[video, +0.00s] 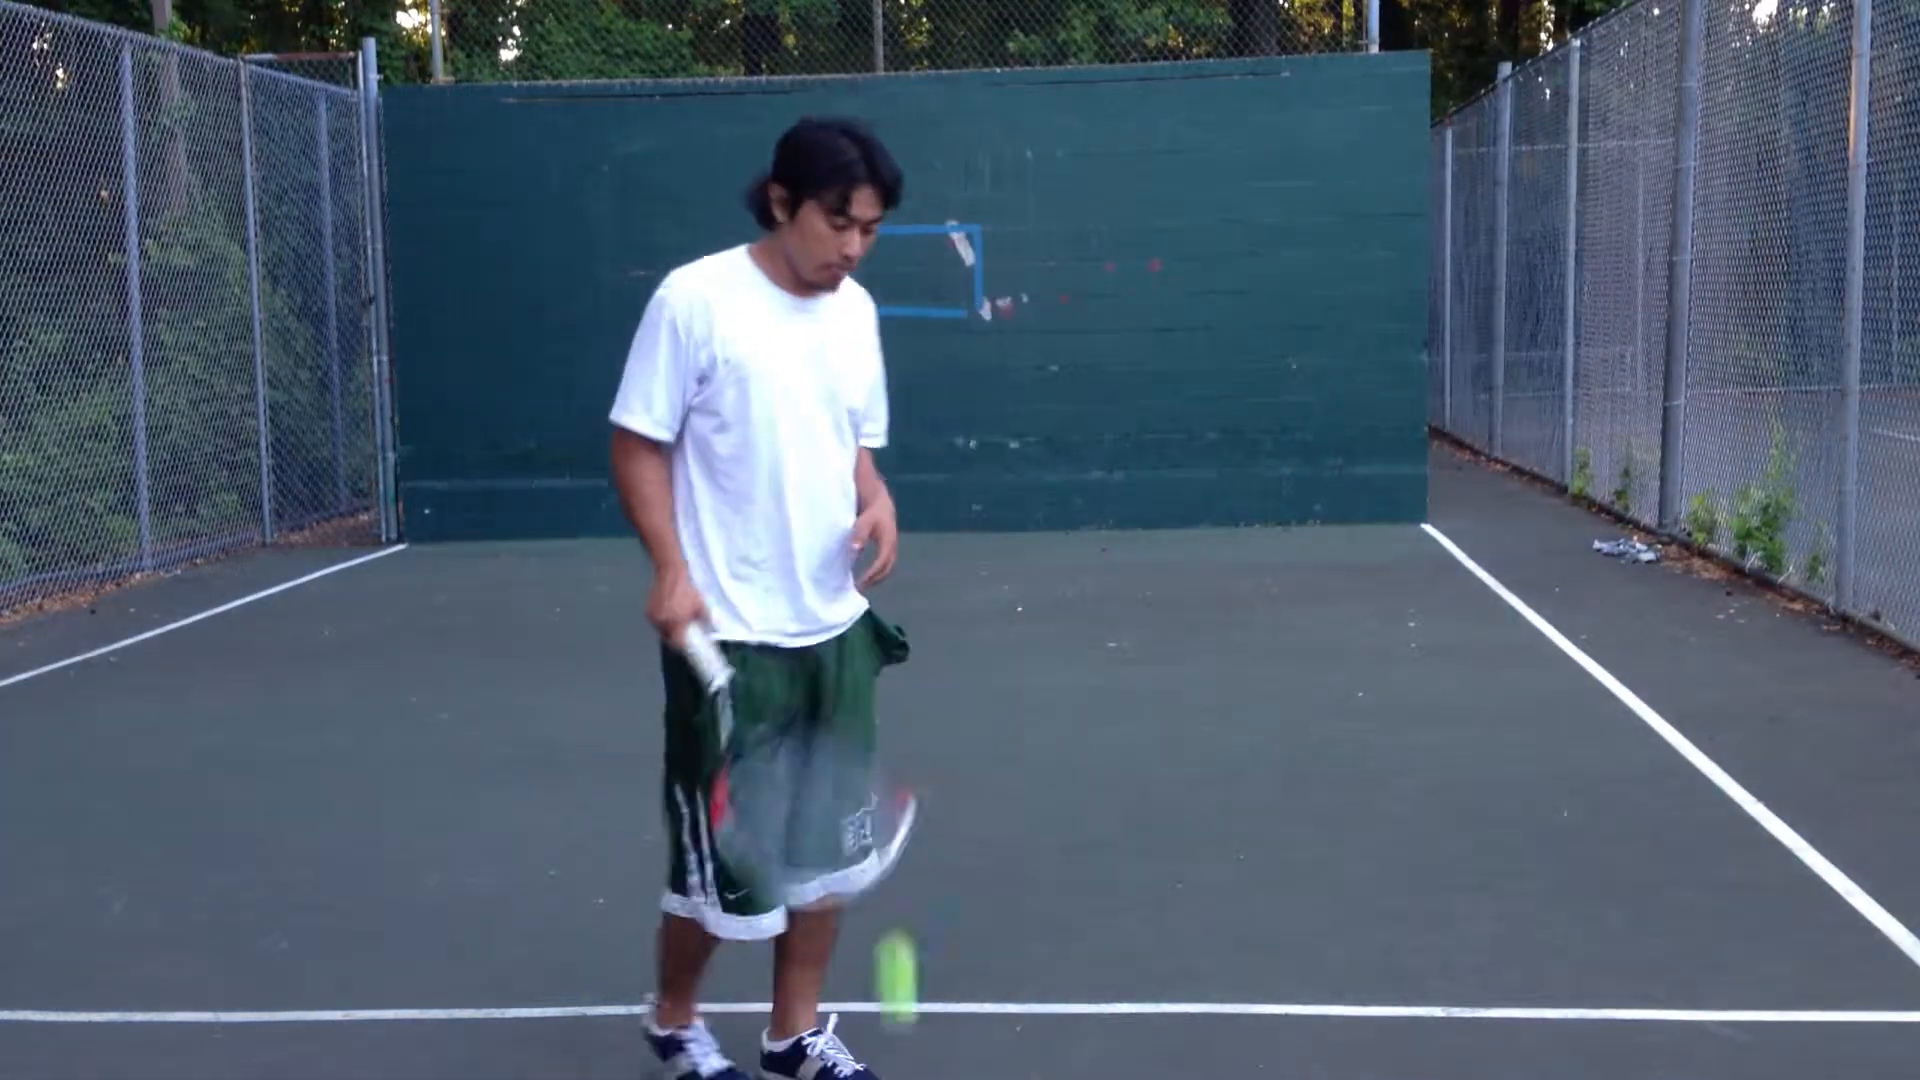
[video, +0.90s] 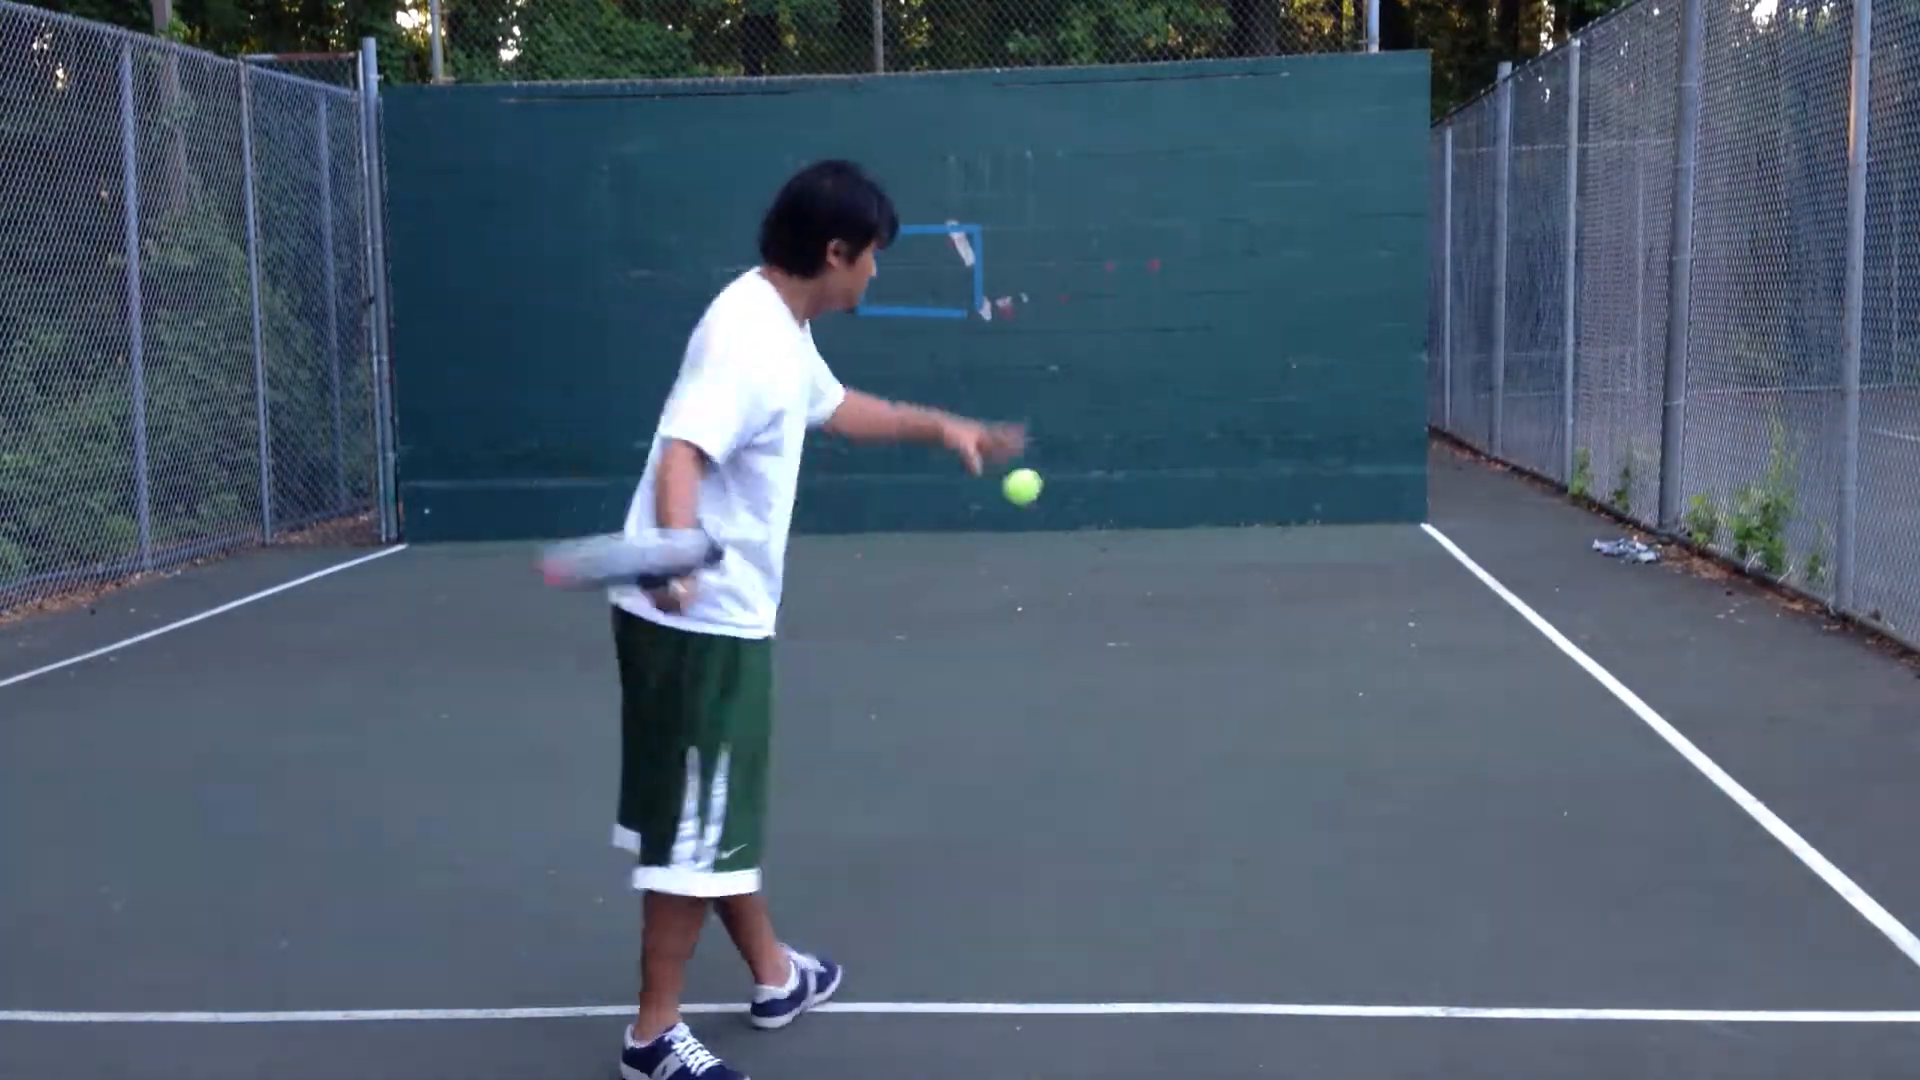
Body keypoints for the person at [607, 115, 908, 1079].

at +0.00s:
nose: (854, 249)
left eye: (869, 229)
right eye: (840, 224)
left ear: (877, 223)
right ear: (782, 206)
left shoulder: (853, 308)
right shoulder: (692, 299)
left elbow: (849, 439)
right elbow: (636, 444)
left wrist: (877, 496)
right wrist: (670, 568)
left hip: (835, 628)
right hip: (727, 635)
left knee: (828, 850)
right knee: (721, 856)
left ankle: (795, 1037)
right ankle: (673, 1025)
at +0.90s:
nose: (871, 277)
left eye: (875, 261)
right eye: (871, 260)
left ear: (811, 246)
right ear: (834, 254)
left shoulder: (780, 323)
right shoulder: (749, 330)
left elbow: (838, 408)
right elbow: (681, 453)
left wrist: (945, 425)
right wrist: (680, 555)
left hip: (725, 613)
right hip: (697, 618)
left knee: (721, 810)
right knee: (691, 828)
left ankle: (773, 976)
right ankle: (655, 1032)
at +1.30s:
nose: (875, 270)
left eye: (879, 254)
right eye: (876, 253)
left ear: (785, 227)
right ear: (848, 246)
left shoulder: (696, 282)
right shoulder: (853, 350)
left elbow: (704, 382)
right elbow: (866, 449)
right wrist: (909, 421)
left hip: (689, 589)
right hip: (792, 599)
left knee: (733, 789)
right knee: (814, 786)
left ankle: (778, 973)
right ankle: (739, 934)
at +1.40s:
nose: (877, 250)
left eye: (878, 236)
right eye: (877, 238)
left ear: (790, 217)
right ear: (857, 242)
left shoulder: (701, 284)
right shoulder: (865, 333)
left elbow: (679, 377)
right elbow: (882, 422)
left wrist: (800, 295)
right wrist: (867, 313)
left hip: (704, 581)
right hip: (812, 591)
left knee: (736, 780)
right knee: (829, 773)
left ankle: (787, 968)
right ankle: (762, 924)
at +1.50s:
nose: (881, 238)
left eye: (877, 224)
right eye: (880, 227)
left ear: (787, 214)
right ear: (865, 236)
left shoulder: (709, 278)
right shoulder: (870, 314)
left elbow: (683, 373)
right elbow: (896, 387)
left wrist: (773, 267)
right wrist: (798, 266)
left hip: (710, 573)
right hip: (822, 581)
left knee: (741, 771)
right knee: (839, 763)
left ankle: (779, 964)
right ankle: (804, 938)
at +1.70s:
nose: (867, 258)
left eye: (866, 247)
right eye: (867, 249)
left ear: (771, 245)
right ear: (856, 259)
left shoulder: (707, 320)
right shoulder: (875, 337)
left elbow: (683, 432)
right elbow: (908, 438)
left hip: (720, 607)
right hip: (840, 609)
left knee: (725, 769)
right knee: (882, 778)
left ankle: (745, 936)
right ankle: (899, 966)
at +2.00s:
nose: (765, 280)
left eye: (764, 265)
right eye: (761, 266)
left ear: (671, 263)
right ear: (743, 276)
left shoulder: (613, 337)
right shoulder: (736, 367)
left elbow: (675, 437)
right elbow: (781, 503)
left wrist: (777, 409)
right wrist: (822, 461)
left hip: (602, 631)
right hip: (716, 641)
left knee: (635, 804)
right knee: (819, 794)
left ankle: (581, 983)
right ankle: (891, 956)